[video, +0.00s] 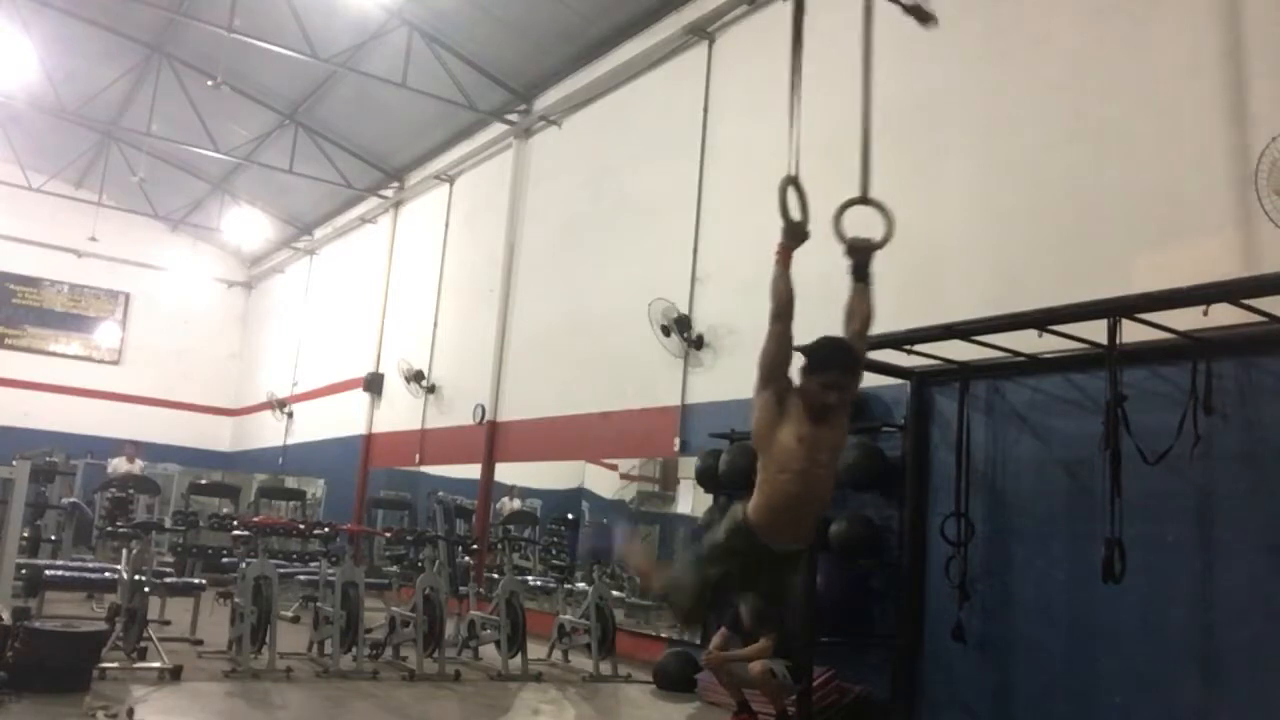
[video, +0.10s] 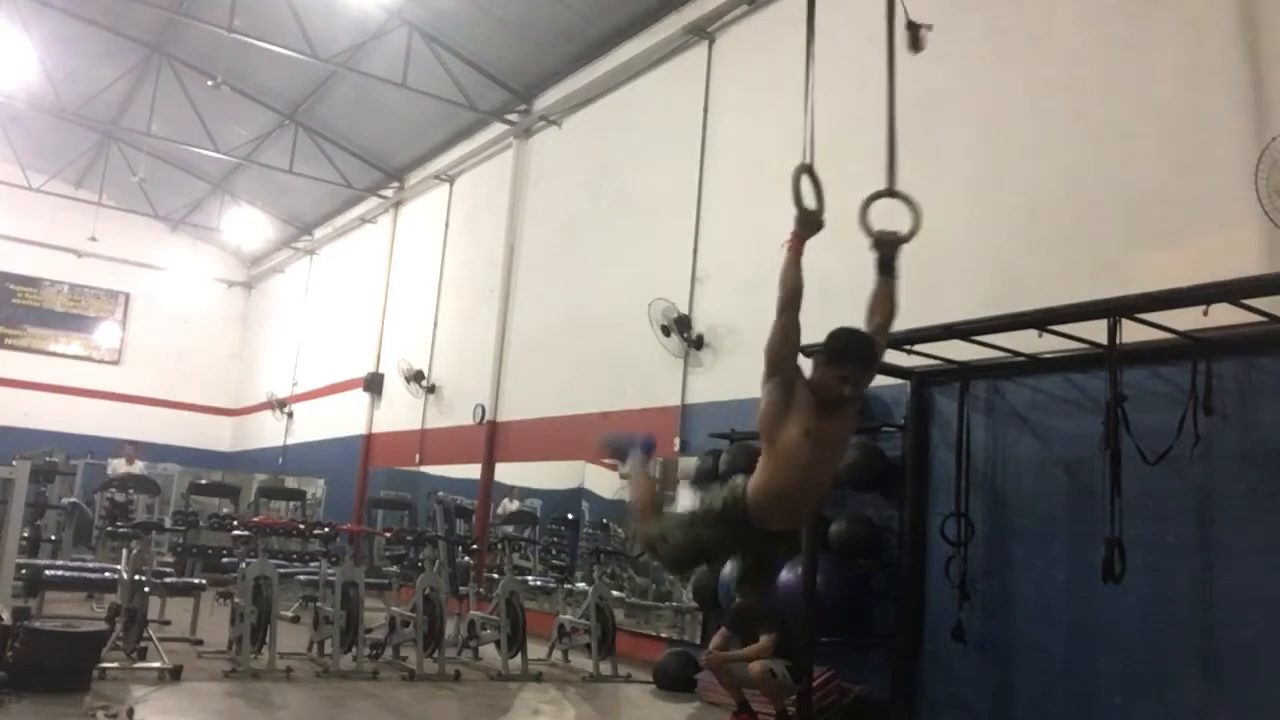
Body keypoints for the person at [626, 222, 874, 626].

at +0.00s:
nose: (834, 399)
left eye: (843, 391)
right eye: (826, 387)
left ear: (851, 389)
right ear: (804, 376)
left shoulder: (840, 411)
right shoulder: (775, 401)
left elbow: (857, 332)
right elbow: (780, 321)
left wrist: (861, 268)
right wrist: (784, 255)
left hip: (793, 556)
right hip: (744, 541)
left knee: (787, 648)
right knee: (685, 606)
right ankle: (631, 552)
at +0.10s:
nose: (849, 392)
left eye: (857, 384)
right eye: (842, 380)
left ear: (863, 381)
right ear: (818, 365)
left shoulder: (849, 401)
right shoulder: (785, 389)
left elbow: (878, 329)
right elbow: (787, 313)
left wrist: (886, 262)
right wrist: (796, 244)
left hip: (784, 534)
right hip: (741, 516)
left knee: (751, 603)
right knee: (659, 543)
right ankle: (637, 460)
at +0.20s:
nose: (854, 387)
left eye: (863, 380)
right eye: (849, 374)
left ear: (868, 377)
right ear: (827, 359)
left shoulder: (853, 396)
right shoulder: (790, 387)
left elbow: (888, 328)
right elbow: (794, 308)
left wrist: (899, 259)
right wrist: (804, 234)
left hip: (772, 523)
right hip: (733, 499)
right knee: (651, 510)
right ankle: (643, 427)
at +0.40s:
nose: (852, 388)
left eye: (859, 380)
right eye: (846, 376)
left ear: (863, 378)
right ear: (819, 365)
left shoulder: (849, 403)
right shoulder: (787, 390)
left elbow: (876, 333)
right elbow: (792, 313)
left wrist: (880, 268)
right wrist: (801, 246)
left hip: (774, 537)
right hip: (735, 514)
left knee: (728, 579)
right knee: (665, 549)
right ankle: (637, 486)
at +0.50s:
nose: (837, 388)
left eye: (843, 381)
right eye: (829, 378)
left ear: (847, 386)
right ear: (803, 374)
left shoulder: (834, 416)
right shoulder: (776, 403)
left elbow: (855, 339)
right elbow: (783, 324)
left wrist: (860, 275)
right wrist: (790, 255)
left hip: (776, 557)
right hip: (736, 541)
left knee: (739, 628)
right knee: (689, 605)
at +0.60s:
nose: (810, 393)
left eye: (815, 386)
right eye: (801, 384)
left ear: (823, 387)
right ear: (778, 382)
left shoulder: (811, 418)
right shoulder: (754, 411)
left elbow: (828, 349)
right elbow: (761, 336)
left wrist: (830, 283)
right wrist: (764, 275)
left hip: (776, 562)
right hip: (734, 552)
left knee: (745, 659)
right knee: (712, 659)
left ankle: (702, 697)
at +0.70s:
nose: (775, 401)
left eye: (780, 394)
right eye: (767, 393)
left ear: (787, 396)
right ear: (746, 391)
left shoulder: (776, 425)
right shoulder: (723, 419)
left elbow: (792, 357)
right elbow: (728, 345)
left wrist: (796, 293)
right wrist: (732, 283)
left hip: (763, 549)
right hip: (720, 546)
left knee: (774, 627)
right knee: (748, 621)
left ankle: (722, 669)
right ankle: (713, 670)